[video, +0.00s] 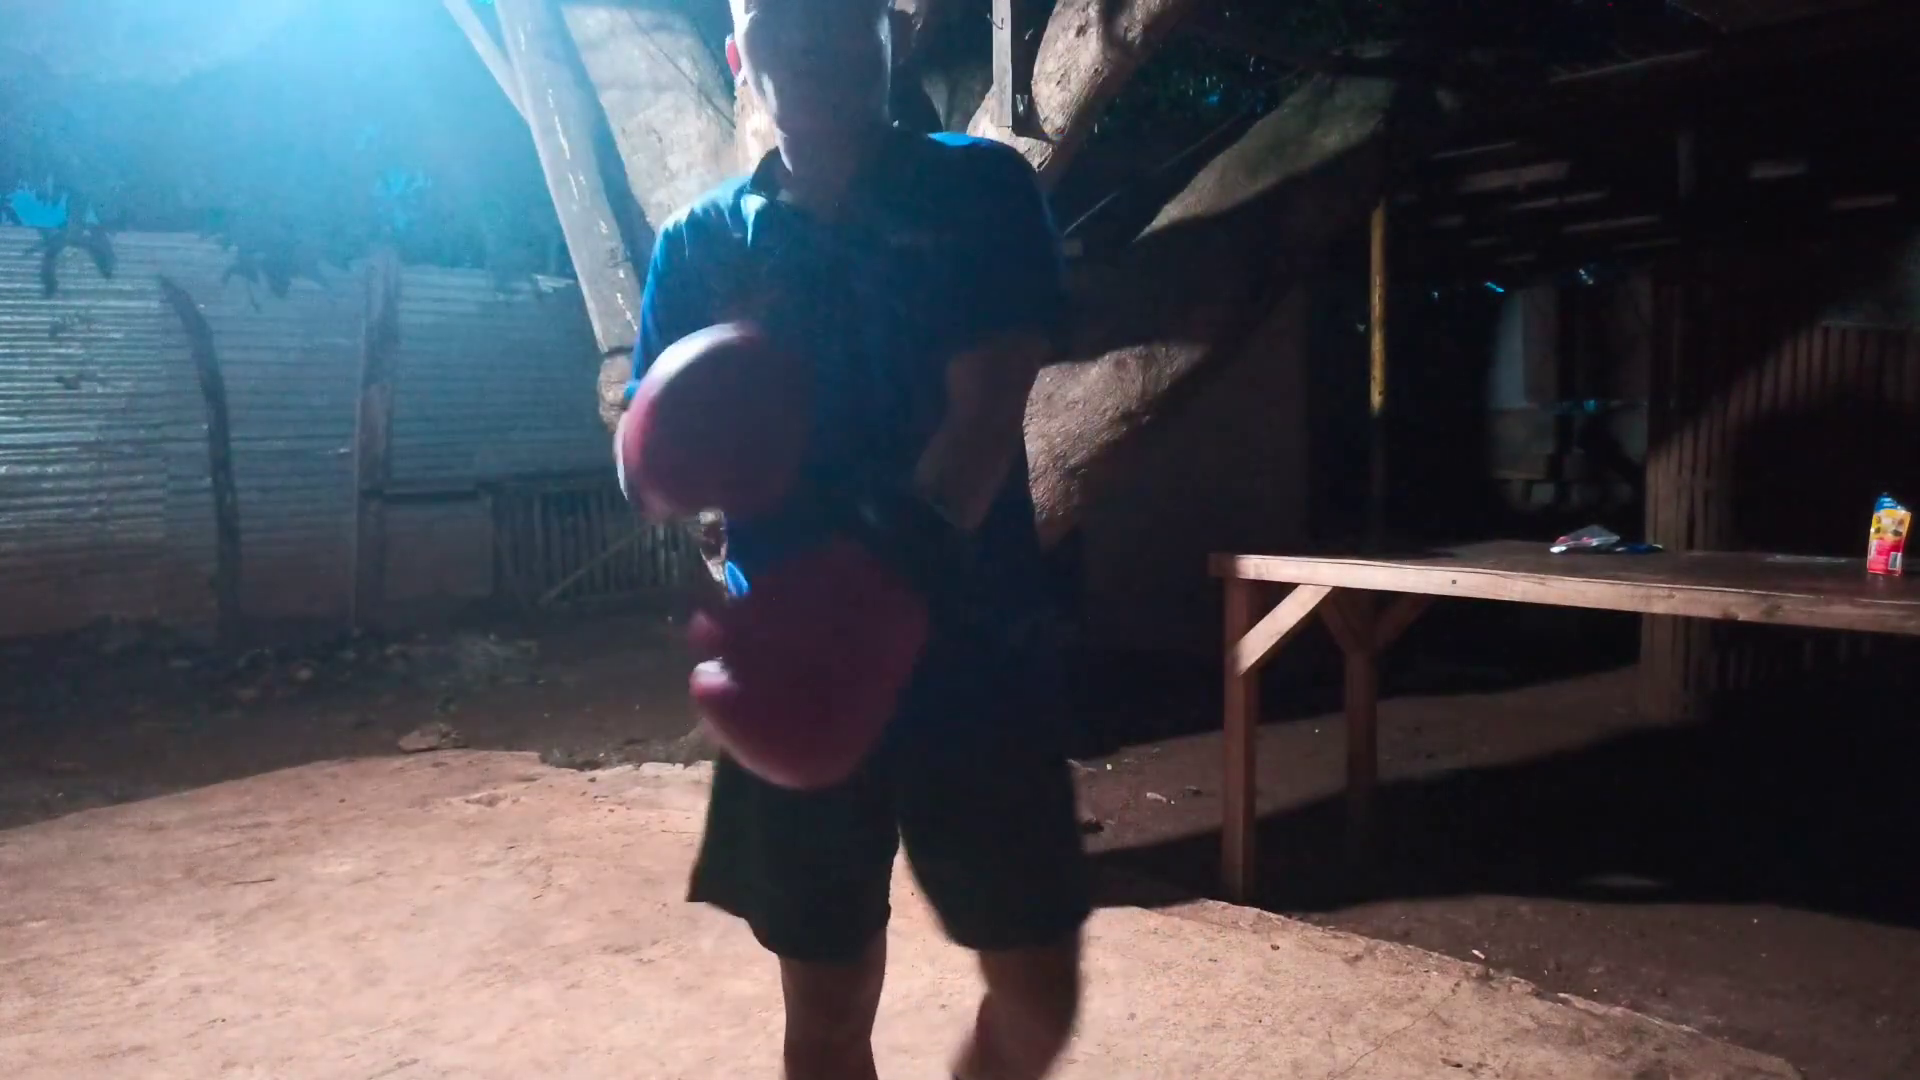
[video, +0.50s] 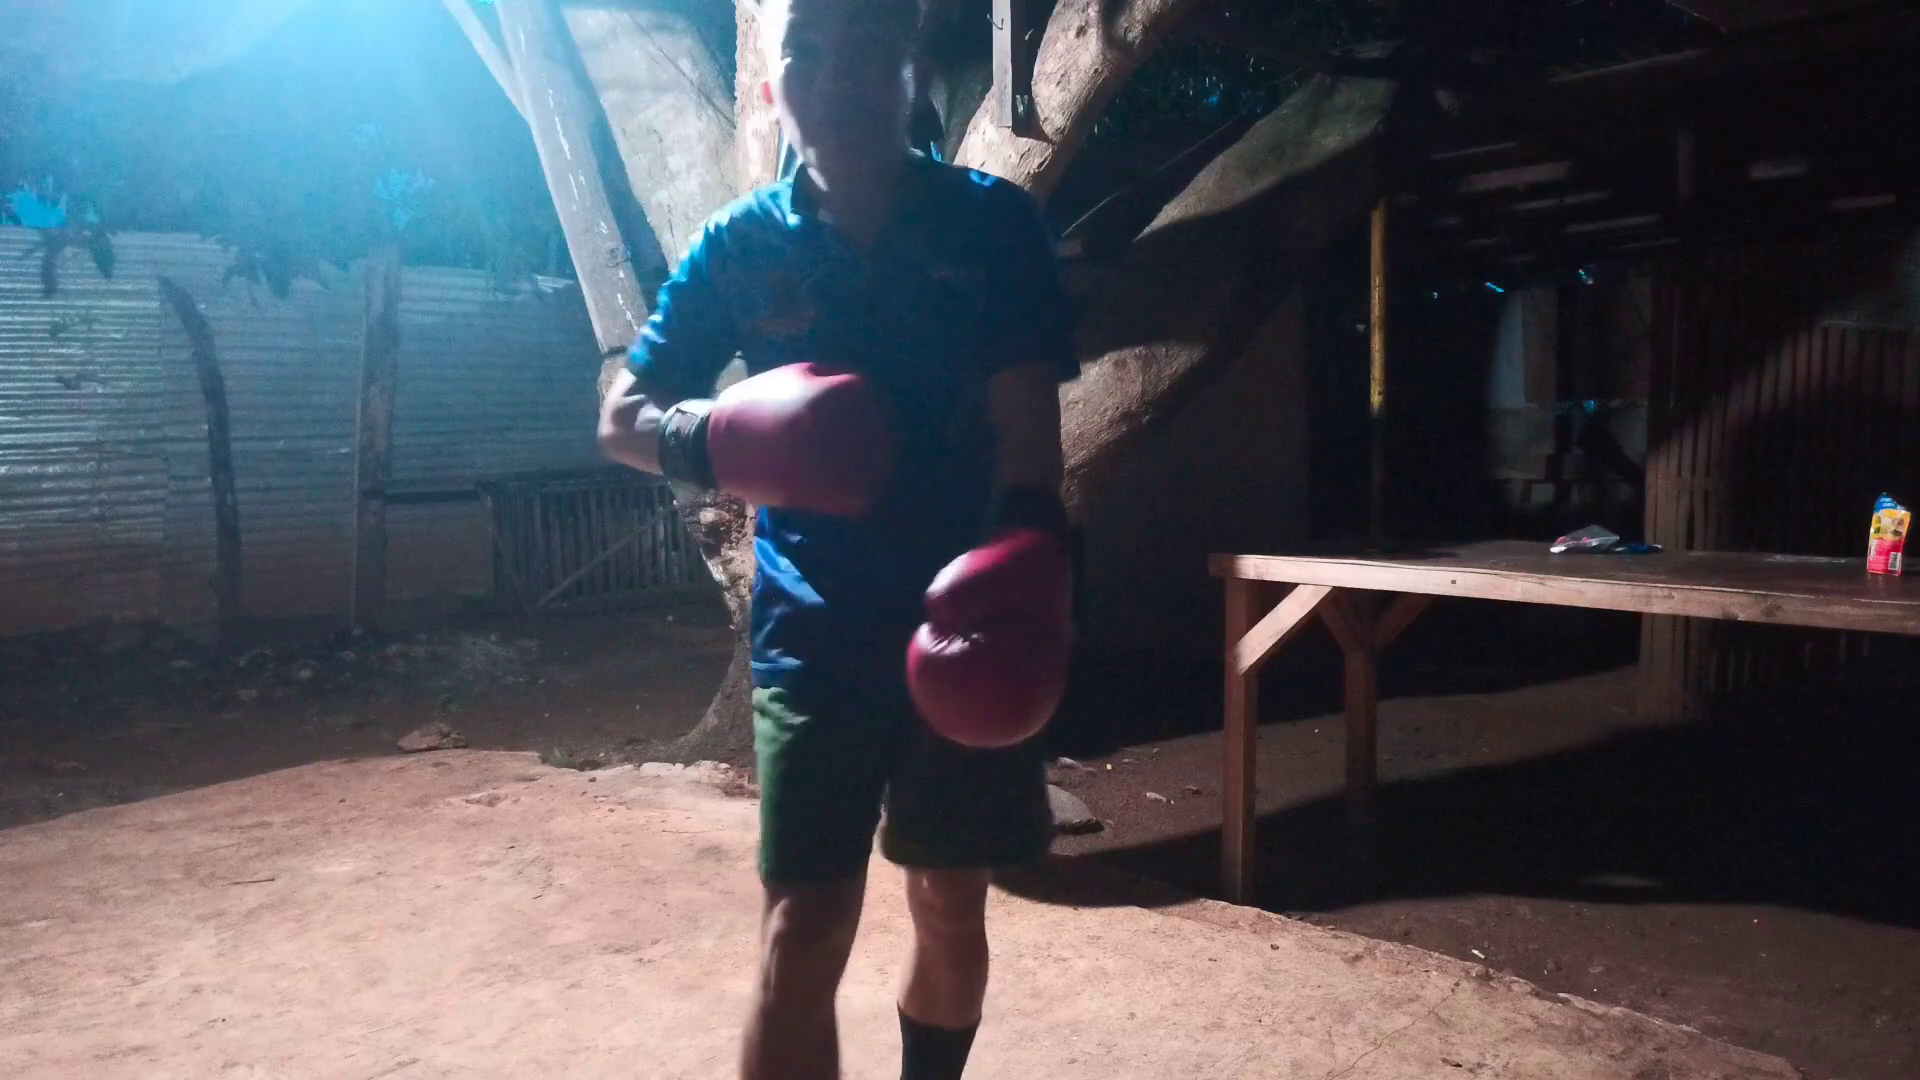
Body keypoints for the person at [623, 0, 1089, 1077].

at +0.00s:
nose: (816, 56)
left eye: (843, 30)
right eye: (785, 32)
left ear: (891, 41)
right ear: (741, 56)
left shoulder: (980, 186)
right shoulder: (698, 242)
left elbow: (990, 415)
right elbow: (663, 467)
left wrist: (890, 573)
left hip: (978, 633)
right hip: (794, 647)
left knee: (1038, 993)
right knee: (828, 996)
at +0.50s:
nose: (829, 84)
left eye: (858, 58)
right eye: (804, 59)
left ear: (909, 77)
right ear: (773, 85)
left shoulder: (993, 227)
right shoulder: (740, 246)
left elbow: (1028, 432)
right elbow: (621, 418)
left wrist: (1022, 567)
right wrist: (724, 438)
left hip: (964, 621)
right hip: (813, 630)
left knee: (951, 910)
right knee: (806, 927)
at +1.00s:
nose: (758, 61)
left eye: (789, 34)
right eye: (727, 35)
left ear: (836, 60)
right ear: (681, 62)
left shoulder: (898, 205)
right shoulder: (630, 225)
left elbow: (928, 428)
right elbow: (493, 415)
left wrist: (996, 587)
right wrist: (621, 470)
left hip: (896, 623)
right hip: (729, 642)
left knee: (921, 926)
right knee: (741, 976)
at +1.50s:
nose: (757, 52)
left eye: (789, 24)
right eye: (727, 23)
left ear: (839, 43)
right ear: (678, 45)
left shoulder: (906, 198)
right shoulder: (625, 210)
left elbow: (949, 438)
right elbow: (475, 419)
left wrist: (976, 628)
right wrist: (629, 478)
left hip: (910, 646)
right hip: (736, 664)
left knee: (957, 976)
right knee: (750, 993)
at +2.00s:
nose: (911, 33)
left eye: (937, 8)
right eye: (875, 9)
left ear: (977, 27)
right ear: (813, 28)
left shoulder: (1052, 193)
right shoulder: (770, 199)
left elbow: (1102, 441)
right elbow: (616, 420)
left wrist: (1151, 611)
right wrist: (770, 459)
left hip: (1015, 670)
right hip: (837, 677)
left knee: (994, 1000)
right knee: (821, 1027)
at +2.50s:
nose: (951, 12)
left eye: (966, 3)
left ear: (979, 6)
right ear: (815, 2)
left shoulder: (1018, 141)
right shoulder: (702, 135)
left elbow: (1106, 394)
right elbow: (599, 390)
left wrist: (1057, 533)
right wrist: (849, 317)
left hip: (1025, 678)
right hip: (817, 702)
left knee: (1070, 1030)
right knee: (831, 1056)